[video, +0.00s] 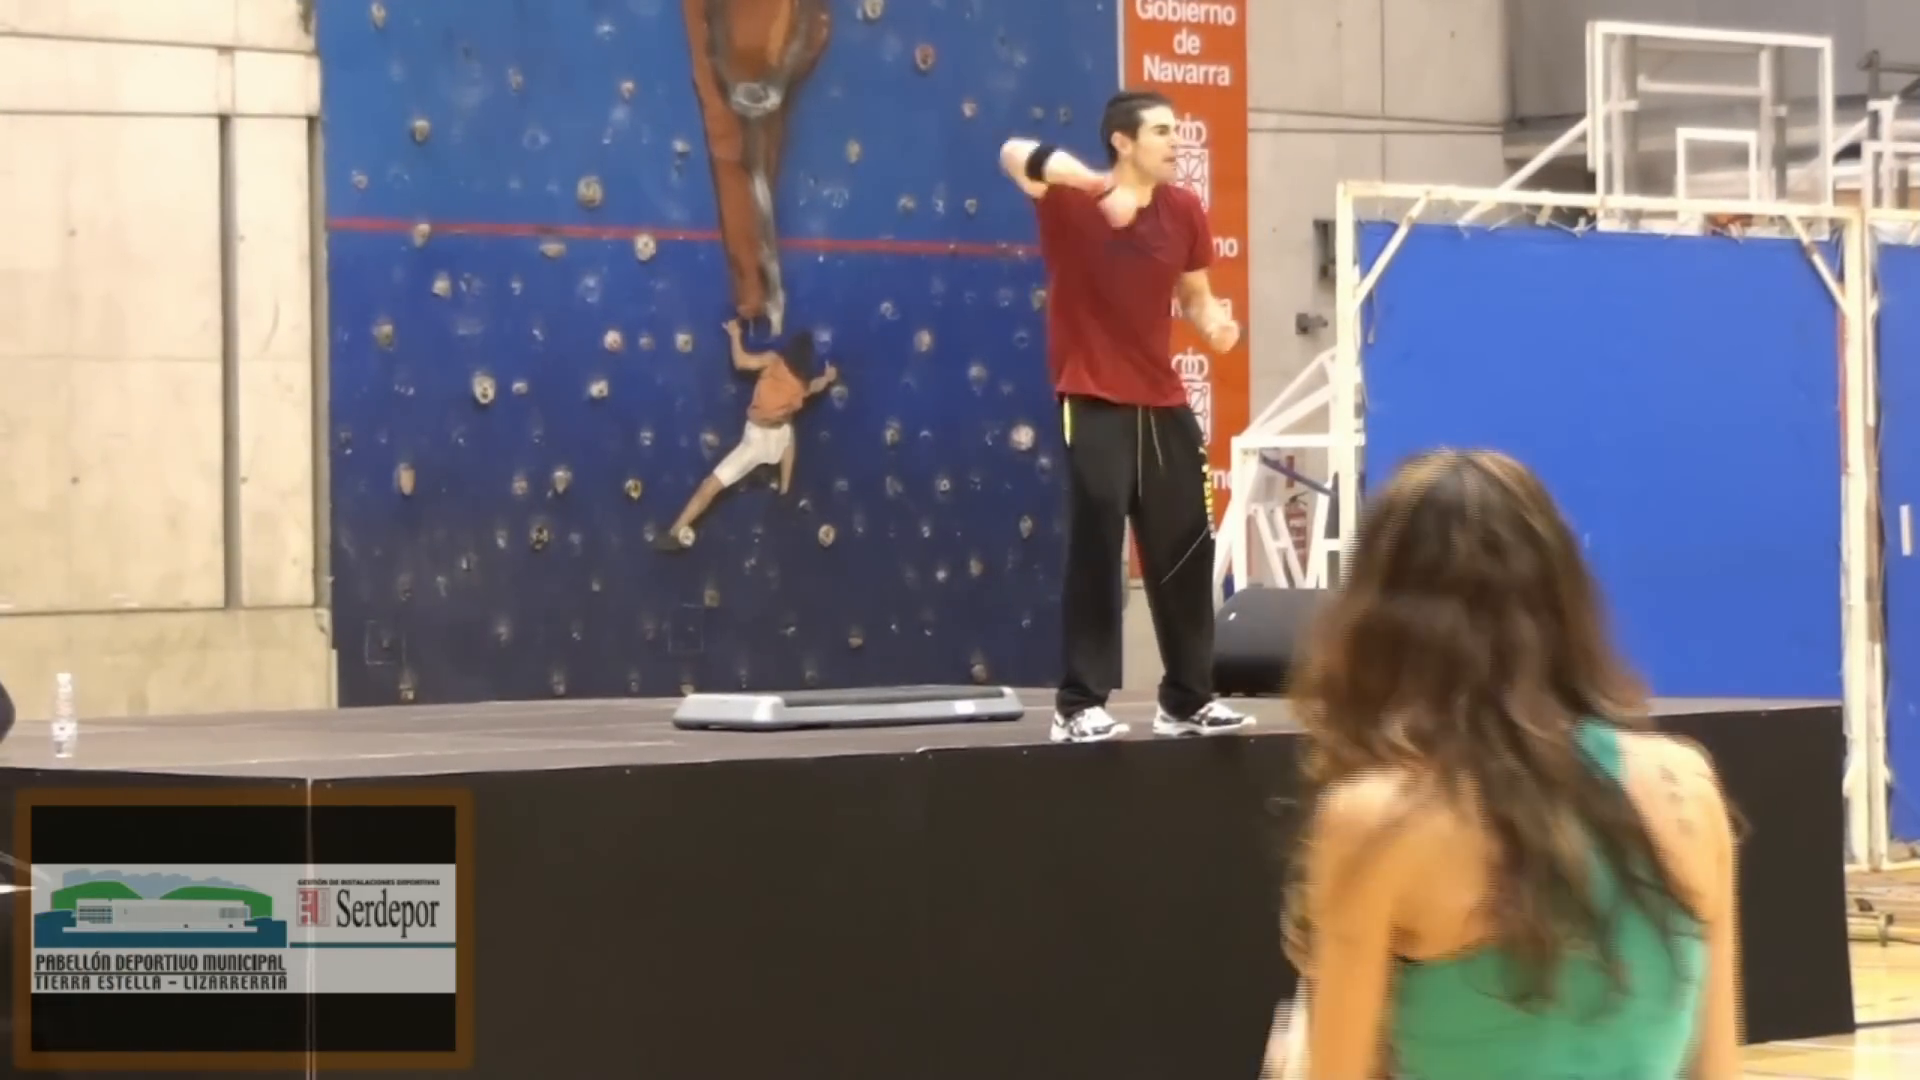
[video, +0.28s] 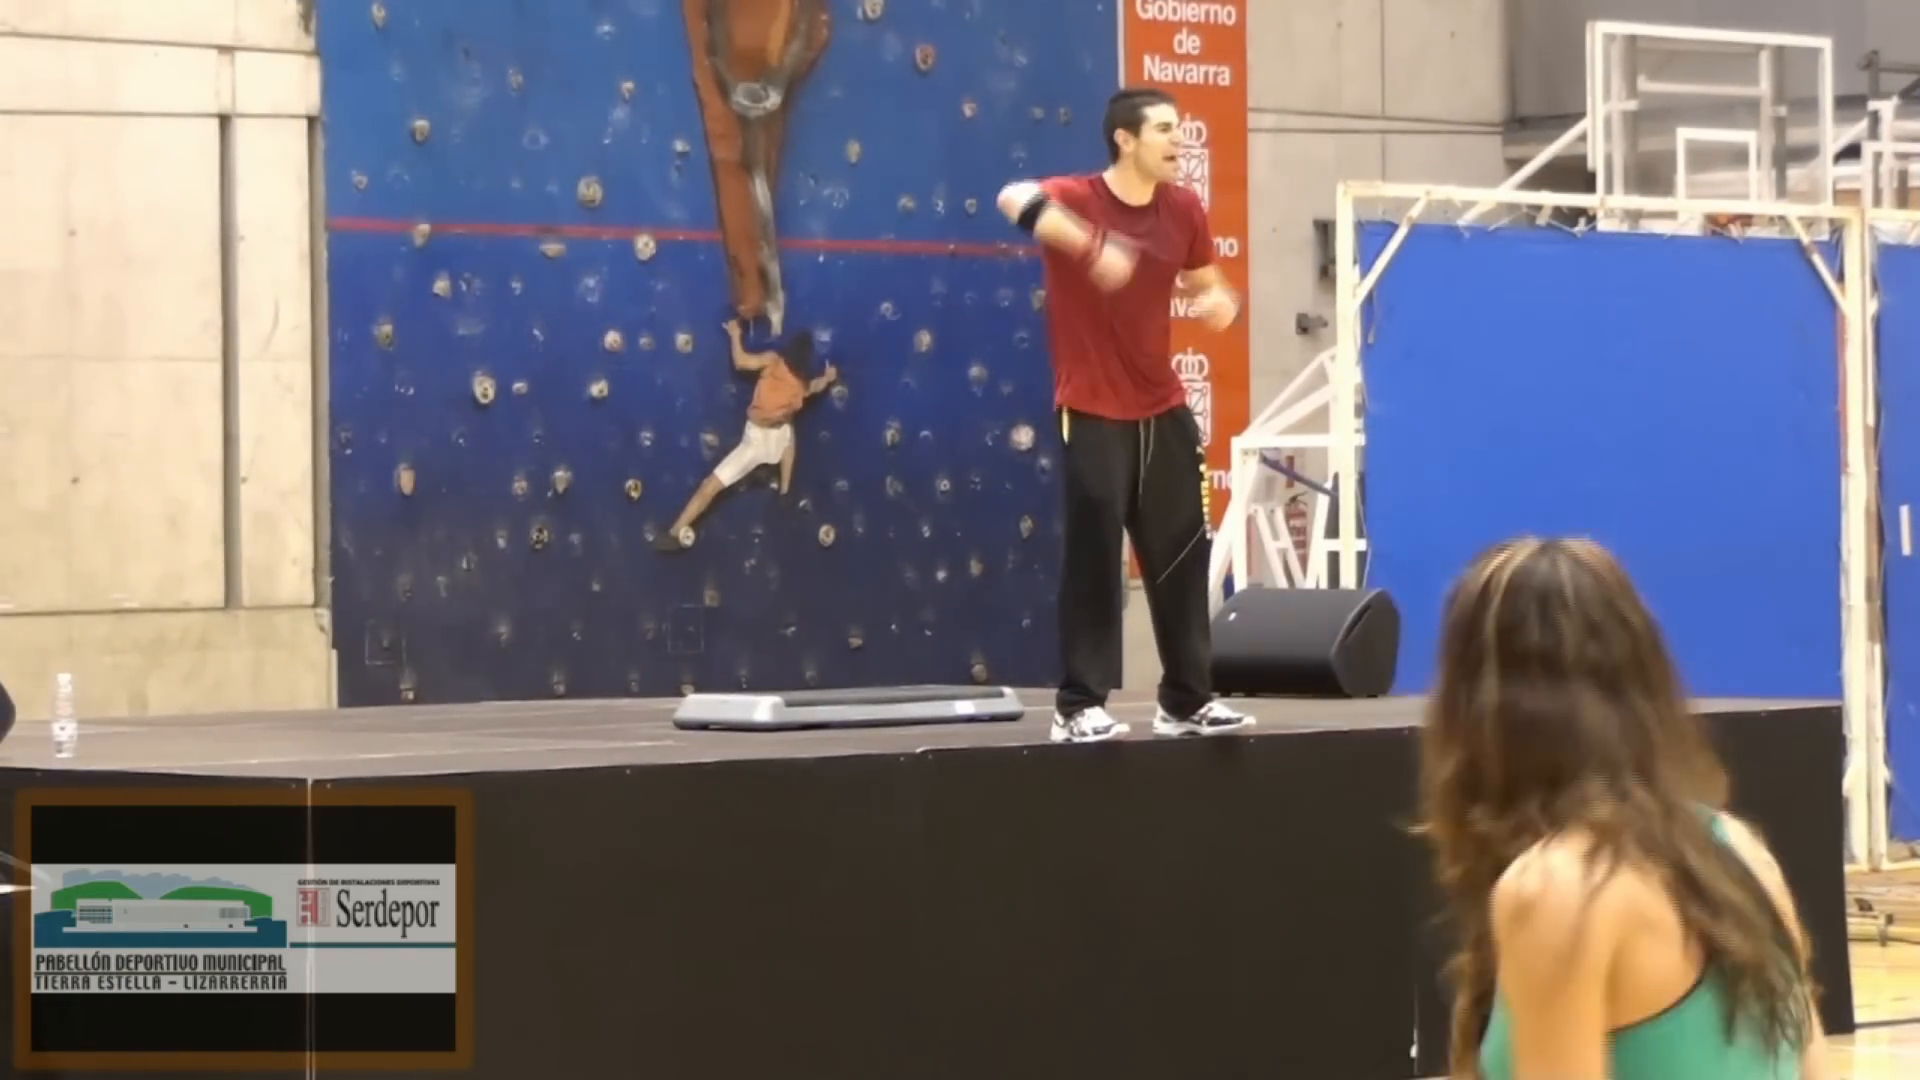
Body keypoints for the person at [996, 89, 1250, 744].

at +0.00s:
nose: (1175, 143)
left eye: (1174, 132)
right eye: (1161, 132)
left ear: (1167, 143)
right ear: (1121, 141)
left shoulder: (1182, 209)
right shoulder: (1071, 197)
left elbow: (1197, 297)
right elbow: (1013, 154)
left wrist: (1217, 328)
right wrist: (1069, 172)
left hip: (1163, 401)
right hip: (1094, 399)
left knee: (1184, 549)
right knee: (1097, 547)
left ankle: (1188, 698)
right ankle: (1080, 703)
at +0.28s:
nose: (1177, 141)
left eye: (1177, 130)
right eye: (1164, 130)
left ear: (1169, 142)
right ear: (1124, 139)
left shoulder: (1183, 208)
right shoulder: (1077, 197)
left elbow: (1206, 286)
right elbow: (1016, 199)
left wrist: (1217, 301)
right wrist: (1093, 247)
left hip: (1163, 407)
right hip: (1094, 408)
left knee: (1180, 555)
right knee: (1093, 558)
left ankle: (1187, 699)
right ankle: (1080, 704)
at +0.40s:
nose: (1170, 143)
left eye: (1172, 132)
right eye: (1157, 132)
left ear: (1170, 139)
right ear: (1118, 137)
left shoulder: (1182, 204)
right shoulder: (1071, 202)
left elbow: (1251, 251)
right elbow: (1004, 242)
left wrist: (1264, 232)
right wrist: (1081, 287)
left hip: (1159, 403)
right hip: (1087, 405)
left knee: (1178, 550)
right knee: (1093, 551)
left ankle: (1188, 700)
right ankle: (1082, 704)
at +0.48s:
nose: (1167, 148)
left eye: (1171, 137)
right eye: (1155, 137)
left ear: (1168, 142)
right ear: (1115, 137)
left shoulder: (1183, 197)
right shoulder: (1065, 204)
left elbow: (1274, 211)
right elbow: (1000, 269)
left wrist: (1313, 161)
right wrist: (1075, 306)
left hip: (1158, 403)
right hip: (1085, 405)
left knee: (1176, 551)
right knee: (1090, 553)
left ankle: (1188, 701)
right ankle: (1081, 705)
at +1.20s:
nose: (1209, 145)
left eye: (1216, 135)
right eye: (1195, 133)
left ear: (1224, 147)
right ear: (1164, 145)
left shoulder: (1243, 213)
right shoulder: (1118, 217)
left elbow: (1326, 233)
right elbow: (1087, 307)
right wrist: (1078, 382)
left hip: (1218, 413)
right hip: (1139, 414)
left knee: (1231, 540)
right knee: (1130, 529)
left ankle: (1234, 665)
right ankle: (1116, 663)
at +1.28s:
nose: (1210, 146)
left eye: (1217, 135)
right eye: (1195, 136)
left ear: (1226, 145)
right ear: (1167, 151)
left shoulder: (1253, 218)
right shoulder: (1130, 220)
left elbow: (1325, 284)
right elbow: (1100, 313)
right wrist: (1111, 396)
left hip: (1230, 417)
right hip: (1151, 422)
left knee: (1236, 550)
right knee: (1147, 560)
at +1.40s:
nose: (1200, 160)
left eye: (1207, 147)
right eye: (1185, 152)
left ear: (1224, 155)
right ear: (1168, 170)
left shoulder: (1269, 236)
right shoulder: (1143, 240)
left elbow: (1299, 330)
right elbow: (1128, 336)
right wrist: (1150, 415)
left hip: (1247, 442)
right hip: (1169, 445)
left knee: (1249, 577)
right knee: (1170, 585)